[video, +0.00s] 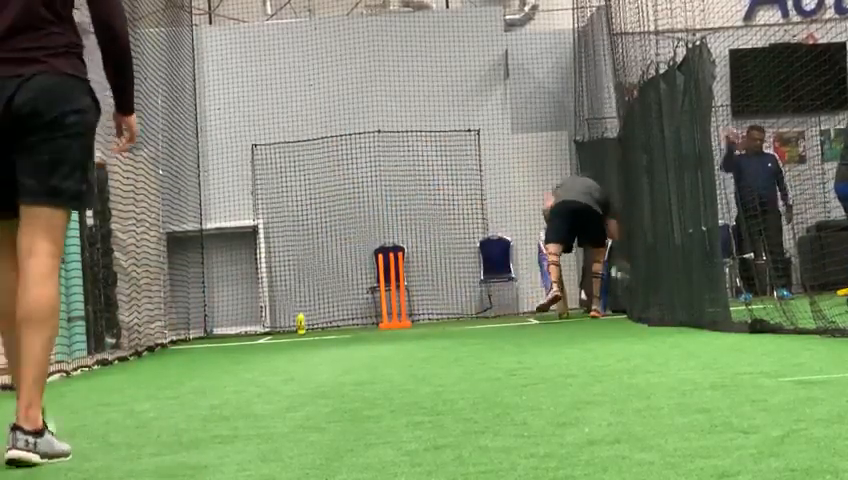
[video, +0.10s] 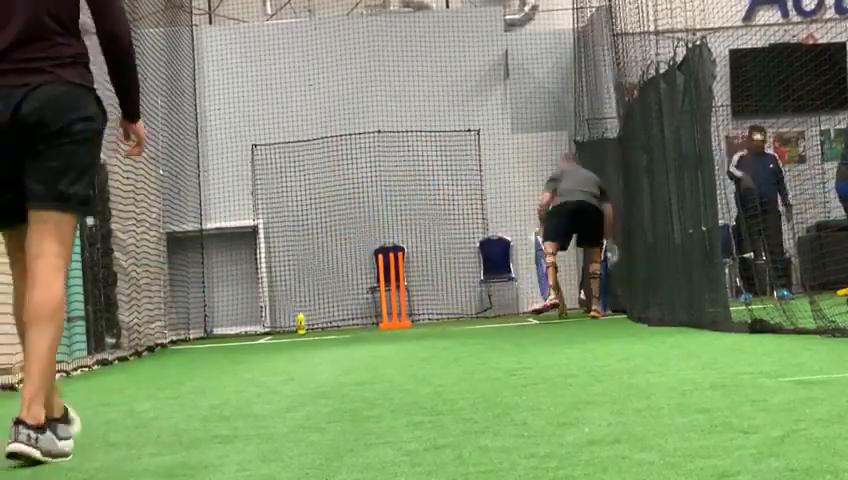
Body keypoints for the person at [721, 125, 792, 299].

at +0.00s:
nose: (758, 143)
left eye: (761, 140)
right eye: (754, 139)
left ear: (764, 141)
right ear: (746, 140)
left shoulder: (770, 159)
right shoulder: (738, 159)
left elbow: (781, 183)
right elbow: (726, 167)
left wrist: (787, 204)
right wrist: (730, 148)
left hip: (770, 211)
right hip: (746, 212)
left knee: (776, 248)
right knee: (745, 252)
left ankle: (782, 286)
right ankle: (749, 289)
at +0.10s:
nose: (759, 144)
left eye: (762, 141)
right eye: (755, 140)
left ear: (765, 141)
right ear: (749, 141)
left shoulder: (772, 158)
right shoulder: (740, 157)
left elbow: (780, 182)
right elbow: (731, 172)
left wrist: (786, 203)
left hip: (770, 209)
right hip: (748, 210)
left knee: (775, 247)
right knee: (746, 250)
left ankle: (781, 286)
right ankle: (749, 289)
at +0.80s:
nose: (758, 144)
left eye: (761, 141)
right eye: (755, 141)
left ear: (764, 142)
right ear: (746, 140)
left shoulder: (771, 159)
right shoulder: (736, 160)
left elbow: (780, 183)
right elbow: (727, 185)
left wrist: (785, 205)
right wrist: (732, 208)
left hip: (771, 210)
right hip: (747, 212)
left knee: (776, 248)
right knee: (748, 251)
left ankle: (783, 286)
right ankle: (749, 289)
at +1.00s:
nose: (758, 144)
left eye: (761, 141)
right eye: (754, 141)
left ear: (764, 142)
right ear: (746, 141)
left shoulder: (771, 159)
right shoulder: (735, 160)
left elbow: (779, 183)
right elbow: (726, 185)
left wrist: (783, 205)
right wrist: (732, 209)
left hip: (770, 210)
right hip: (746, 211)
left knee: (775, 247)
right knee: (748, 250)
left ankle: (781, 285)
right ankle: (749, 289)